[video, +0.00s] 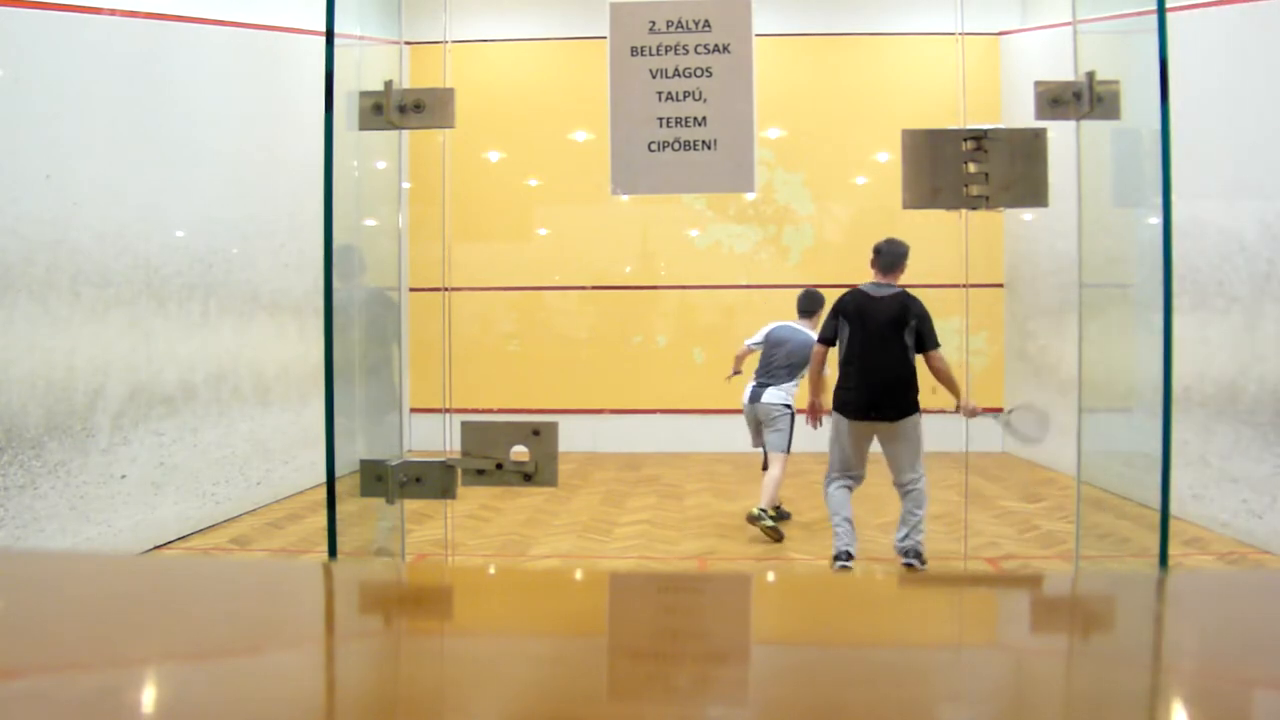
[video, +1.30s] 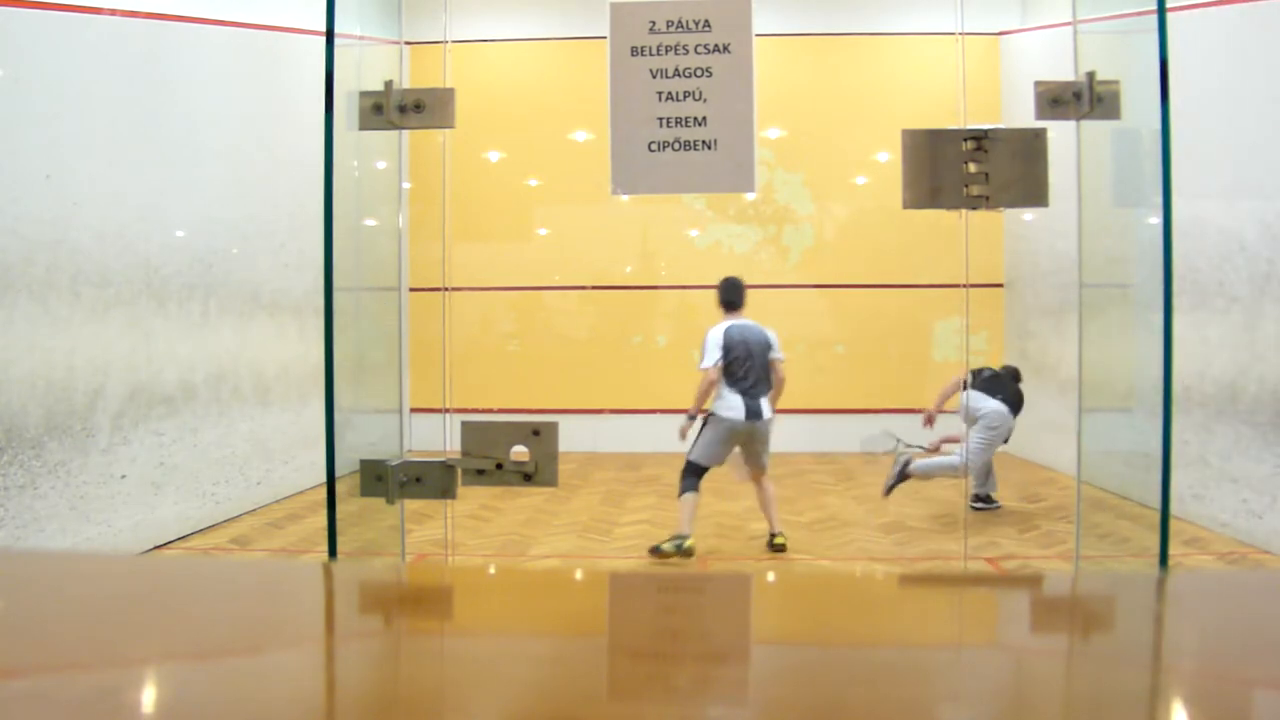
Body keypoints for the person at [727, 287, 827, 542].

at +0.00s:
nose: (820, 315)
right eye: (821, 311)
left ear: (798, 308)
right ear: (819, 312)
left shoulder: (776, 328)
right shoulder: (816, 343)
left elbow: (742, 351)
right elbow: (819, 377)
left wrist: (736, 368)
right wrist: (818, 403)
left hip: (753, 396)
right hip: (779, 400)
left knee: (768, 454)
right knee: (777, 461)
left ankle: (772, 503)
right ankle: (763, 509)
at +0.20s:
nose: (814, 308)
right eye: (815, 304)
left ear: (792, 303)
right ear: (813, 306)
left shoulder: (773, 325)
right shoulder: (815, 338)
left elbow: (744, 355)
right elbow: (817, 372)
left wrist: (734, 385)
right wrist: (811, 403)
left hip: (759, 397)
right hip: (788, 400)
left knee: (769, 454)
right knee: (787, 460)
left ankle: (775, 505)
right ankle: (772, 505)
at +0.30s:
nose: (811, 304)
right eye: (811, 300)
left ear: (788, 300)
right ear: (810, 302)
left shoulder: (768, 324)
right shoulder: (814, 334)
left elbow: (747, 359)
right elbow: (806, 365)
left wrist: (739, 392)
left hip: (760, 398)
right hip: (789, 400)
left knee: (770, 453)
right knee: (791, 458)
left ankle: (773, 508)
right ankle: (781, 507)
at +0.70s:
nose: (808, 299)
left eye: (805, 294)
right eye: (808, 295)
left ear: (783, 296)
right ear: (806, 297)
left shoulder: (763, 324)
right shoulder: (815, 331)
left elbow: (747, 362)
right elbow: (818, 374)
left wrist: (743, 397)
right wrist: (805, 399)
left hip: (760, 401)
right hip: (792, 403)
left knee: (760, 457)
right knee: (795, 467)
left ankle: (758, 508)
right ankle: (784, 521)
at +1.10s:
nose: (779, 291)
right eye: (781, 287)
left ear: (757, 290)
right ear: (781, 290)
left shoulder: (742, 318)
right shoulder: (796, 322)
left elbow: (729, 356)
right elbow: (804, 365)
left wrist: (720, 388)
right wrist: (801, 401)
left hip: (741, 398)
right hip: (776, 401)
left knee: (720, 456)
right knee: (782, 463)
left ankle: (719, 508)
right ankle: (787, 518)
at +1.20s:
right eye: (763, 286)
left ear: (740, 290)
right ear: (765, 289)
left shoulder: (730, 319)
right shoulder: (783, 322)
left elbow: (722, 360)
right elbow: (794, 364)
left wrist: (708, 393)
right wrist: (788, 401)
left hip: (733, 397)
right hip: (768, 400)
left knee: (706, 460)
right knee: (775, 463)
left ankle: (704, 518)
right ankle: (778, 522)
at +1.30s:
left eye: (721, 298)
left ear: (720, 302)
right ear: (744, 300)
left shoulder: (717, 333)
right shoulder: (765, 333)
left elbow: (711, 378)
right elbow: (779, 376)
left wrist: (691, 415)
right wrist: (768, 407)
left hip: (726, 415)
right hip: (760, 415)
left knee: (692, 472)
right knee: (760, 475)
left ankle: (682, 536)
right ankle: (776, 532)